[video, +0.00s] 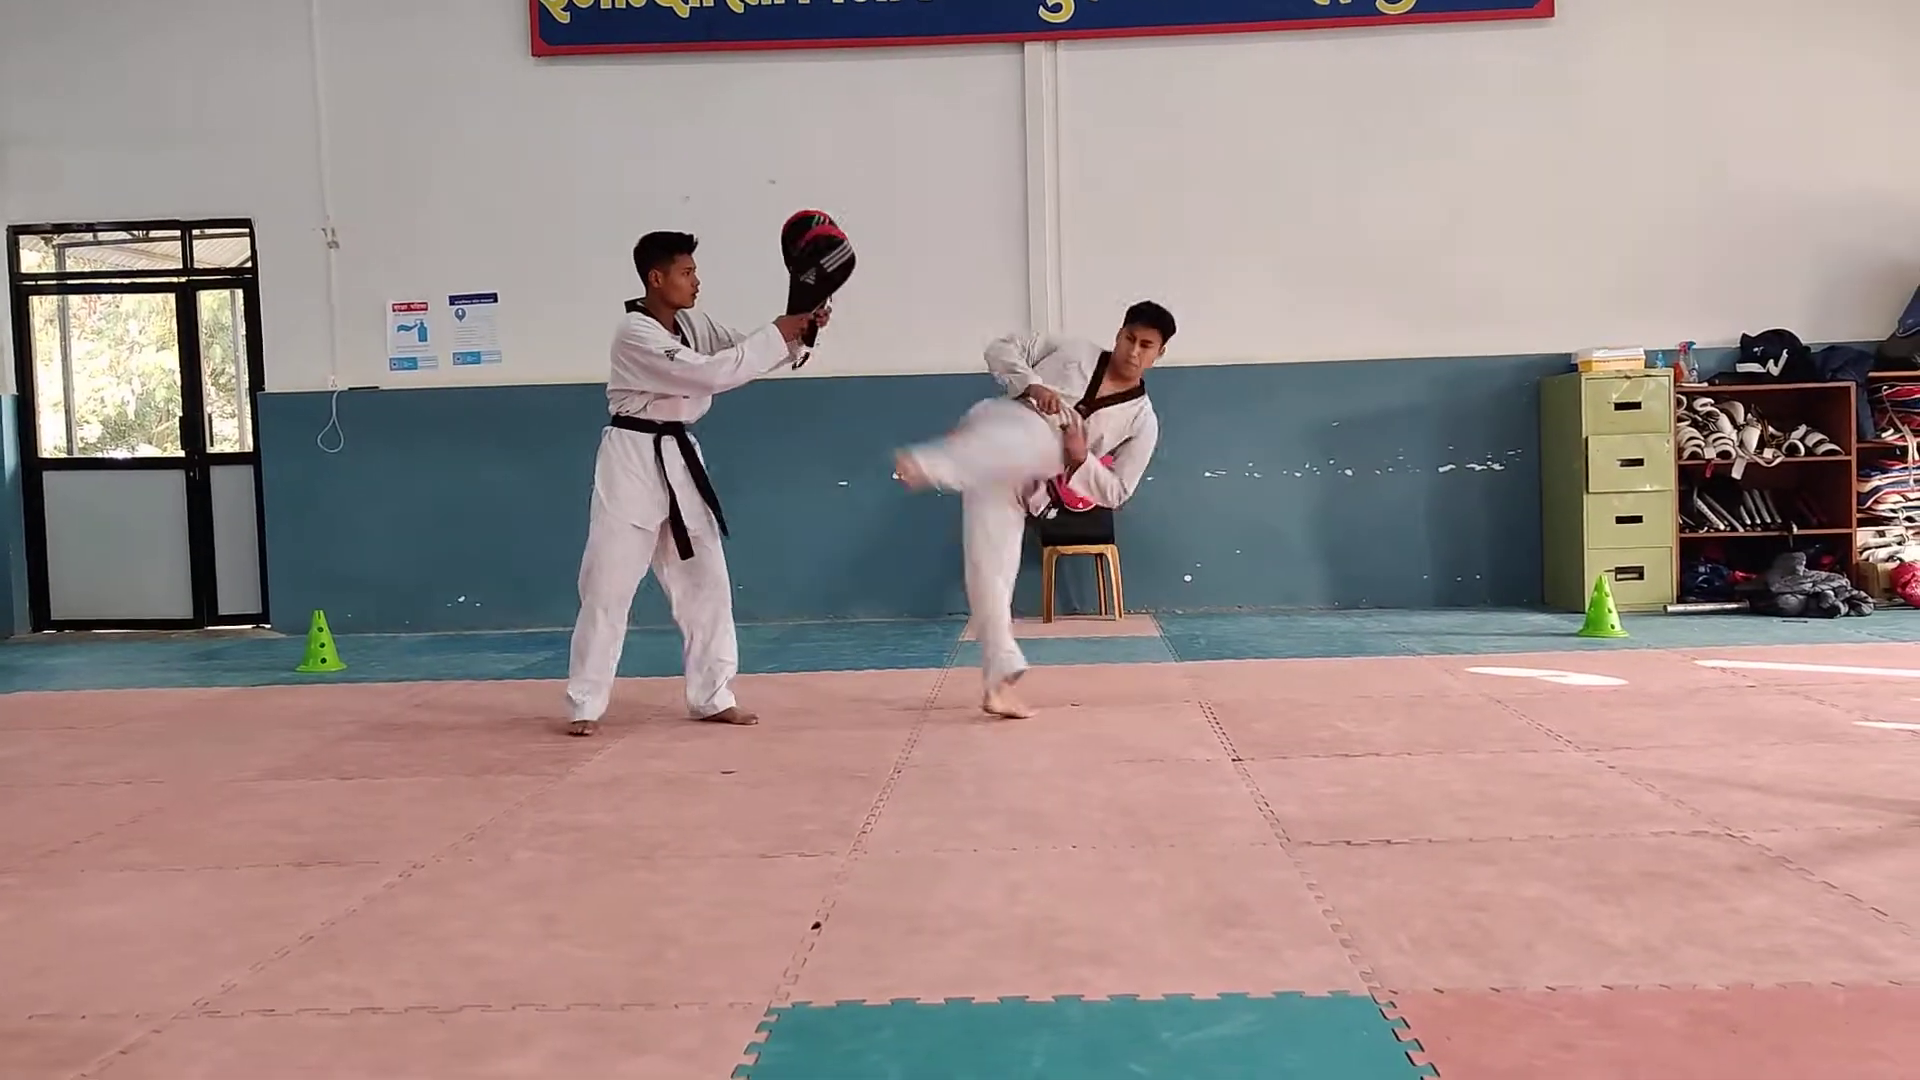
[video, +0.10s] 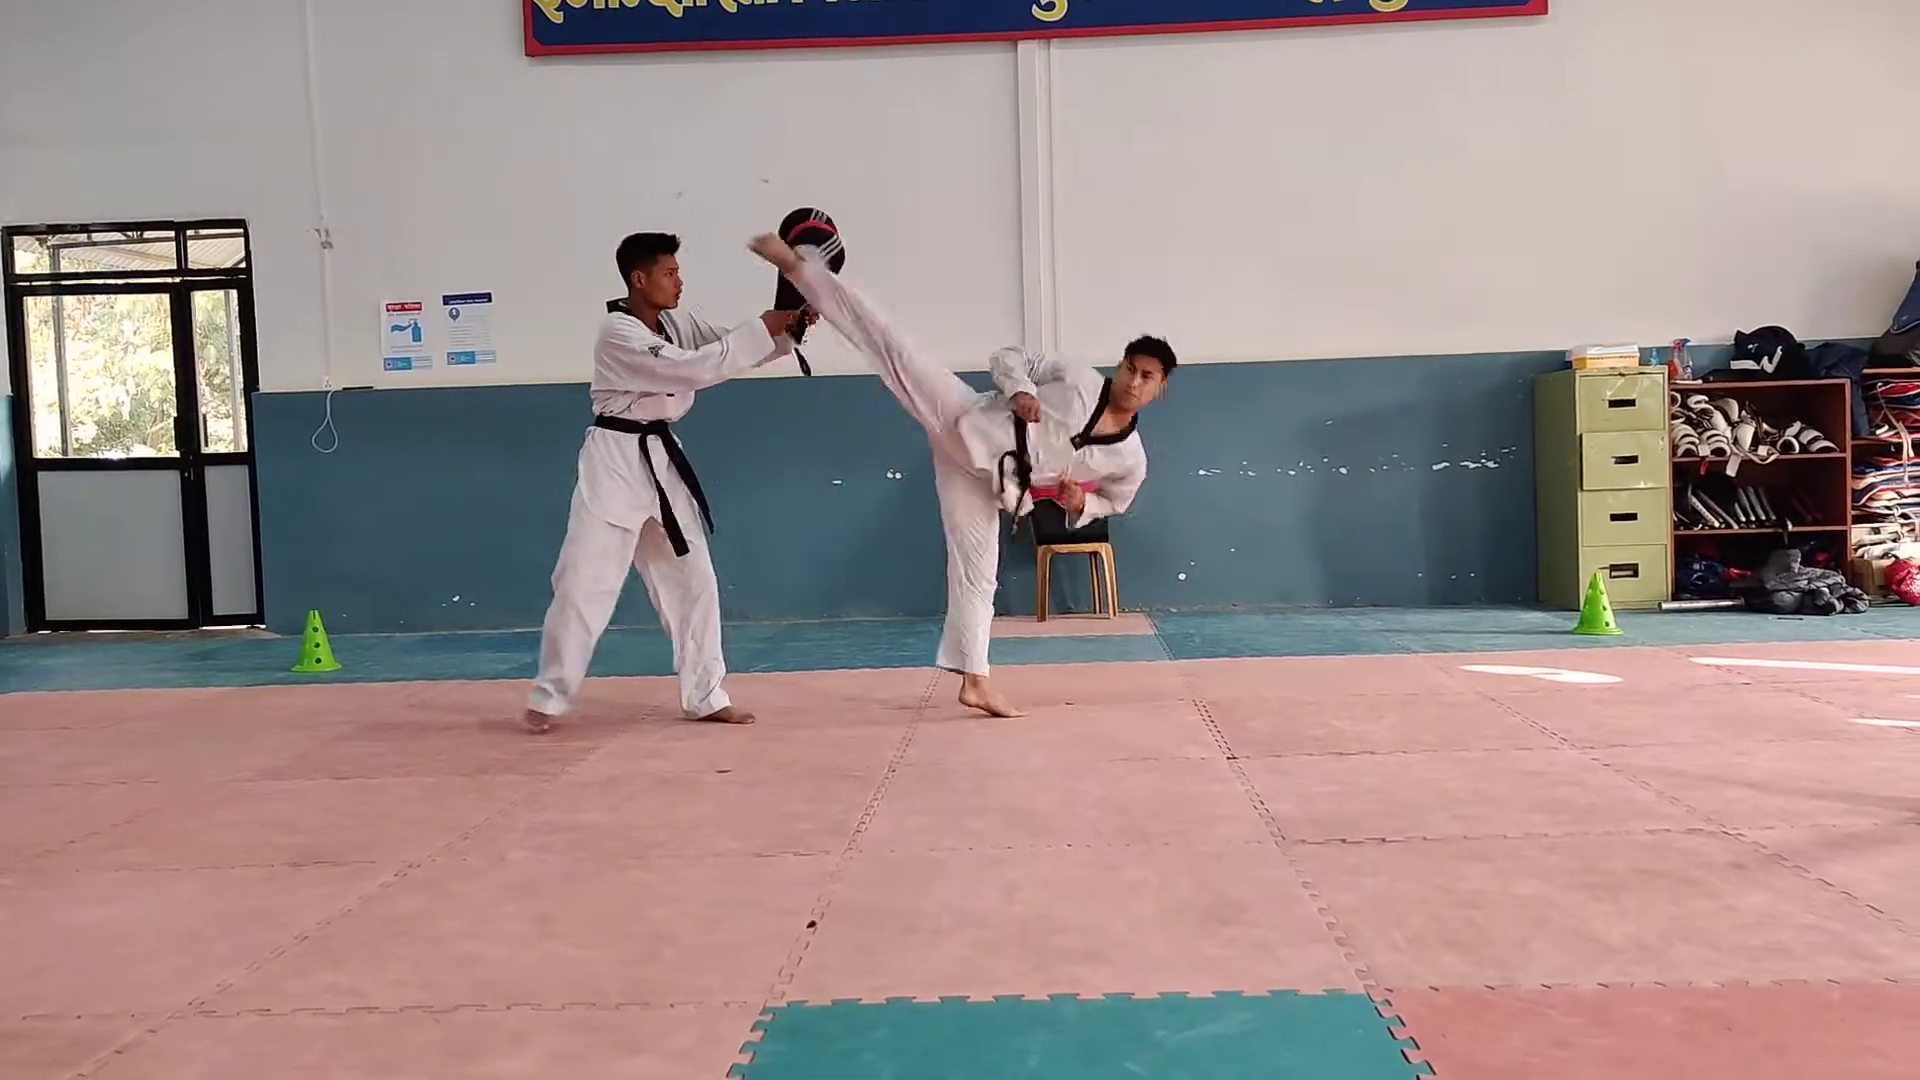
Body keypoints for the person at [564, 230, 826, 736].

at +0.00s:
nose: (696, 280)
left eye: (695, 271)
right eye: (686, 271)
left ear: (678, 278)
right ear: (655, 278)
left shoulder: (697, 326)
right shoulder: (633, 333)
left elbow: (745, 359)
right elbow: (707, 374)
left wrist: (800, 335)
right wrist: (777, 335)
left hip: (681, 459)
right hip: (629, 458)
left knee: (706, 576)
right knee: (608, 580)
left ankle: (711, 696)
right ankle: (585, 705)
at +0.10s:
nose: (679, 280)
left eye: (678, 271)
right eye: (670, 272)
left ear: (661, 279)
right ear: (638, 278)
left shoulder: (682, 326)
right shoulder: (617, 333)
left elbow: (733, 349)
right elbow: (688, 370)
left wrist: (786, 332)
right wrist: (763, 331)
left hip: (663, 459)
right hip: (612, 457)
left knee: (693, 577)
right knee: (585, 576)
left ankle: (705, 695)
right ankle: (550, 695)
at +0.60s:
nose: (606, 293)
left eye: (606, 284)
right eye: (598, 284)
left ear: (583, 289)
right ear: (567, 287)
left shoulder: (597, 346)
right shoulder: (525, 349)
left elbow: (596, 423)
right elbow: (509, 421)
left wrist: (607, 484)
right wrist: (567, 448)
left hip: (580, 475)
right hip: (523, 476)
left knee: (614, 567)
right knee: (509, 580)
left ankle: (609, 680)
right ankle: (485, 698)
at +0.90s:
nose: (617, 300)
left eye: (618, 290)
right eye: (611, 289)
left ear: (587, 289)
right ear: (581, 286)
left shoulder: (587, 344)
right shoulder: (532, 334)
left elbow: (597, 405)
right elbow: (553, 412)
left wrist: (630, 442)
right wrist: (619, 448)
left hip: (543, 455)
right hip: (495, 448)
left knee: (562, 567)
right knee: (486, 566)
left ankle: (581, 685)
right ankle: (476, 694)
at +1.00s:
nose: (616, 301)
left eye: (617, 291)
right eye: (610, 289)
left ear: (587, 289)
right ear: (581, 286)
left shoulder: (582, 344)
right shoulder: (534, 333)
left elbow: (587, 408)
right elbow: (549, 410)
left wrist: (618, 448)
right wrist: (618, 445)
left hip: (537, 453)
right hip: (493, 447)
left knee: (558, 567)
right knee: (487, 568)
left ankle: (580, 685)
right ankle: (475, 693)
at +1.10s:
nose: (612, 296)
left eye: (613, 287)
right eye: (606, 285)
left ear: (581, 284)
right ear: (576, 282)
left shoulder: (577, 345)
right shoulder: (531, 332)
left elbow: (587, 412)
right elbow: (549, 410)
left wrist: (623, 444)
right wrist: (617, 443)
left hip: (533, 454)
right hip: (491, 447)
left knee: (557, 567)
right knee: (486, 568)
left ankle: (579, 684)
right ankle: (474, 692)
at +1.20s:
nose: (609, 290)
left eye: (609, 281)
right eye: (602, 280)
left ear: (581, 282)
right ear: (571, 278)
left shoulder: (575, 346)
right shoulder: (528, 331)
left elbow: (589, 411)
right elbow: (554, 409)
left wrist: (637, 436)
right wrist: (629, 431)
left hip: (532, 452)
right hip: (490, 445)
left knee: (556, 566)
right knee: (486, 567)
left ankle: (578, 682)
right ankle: (474, 689)